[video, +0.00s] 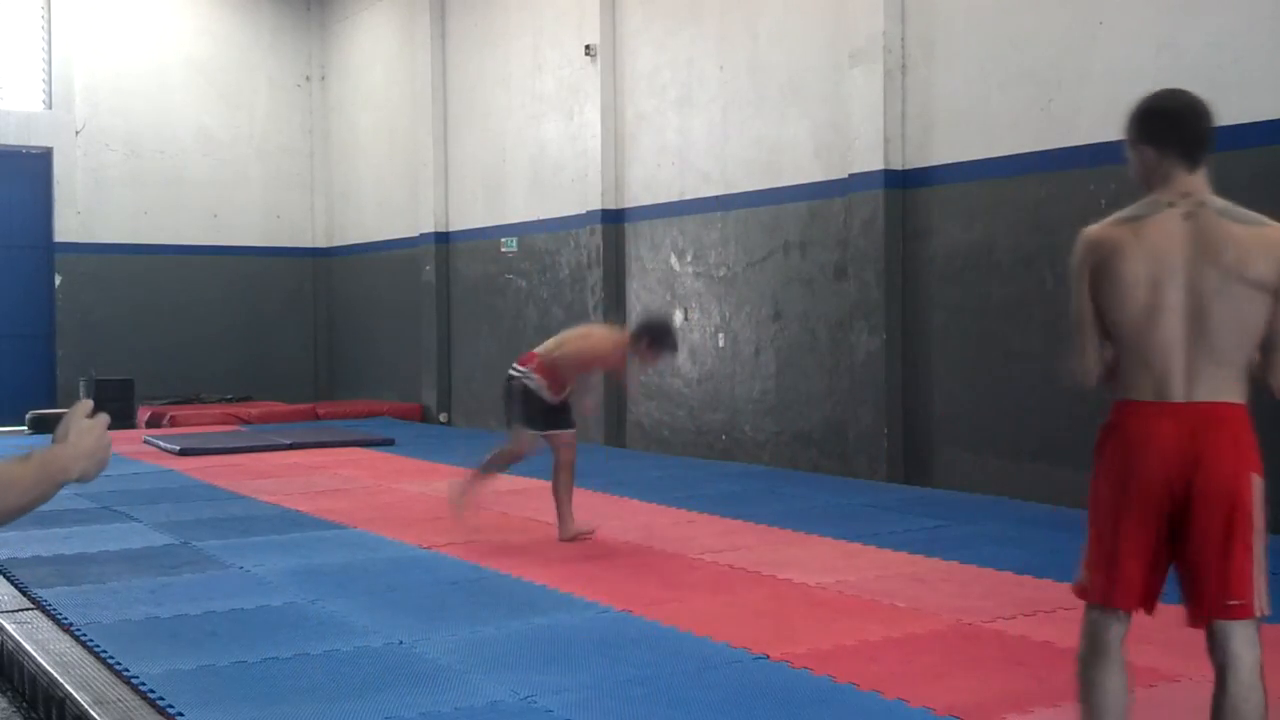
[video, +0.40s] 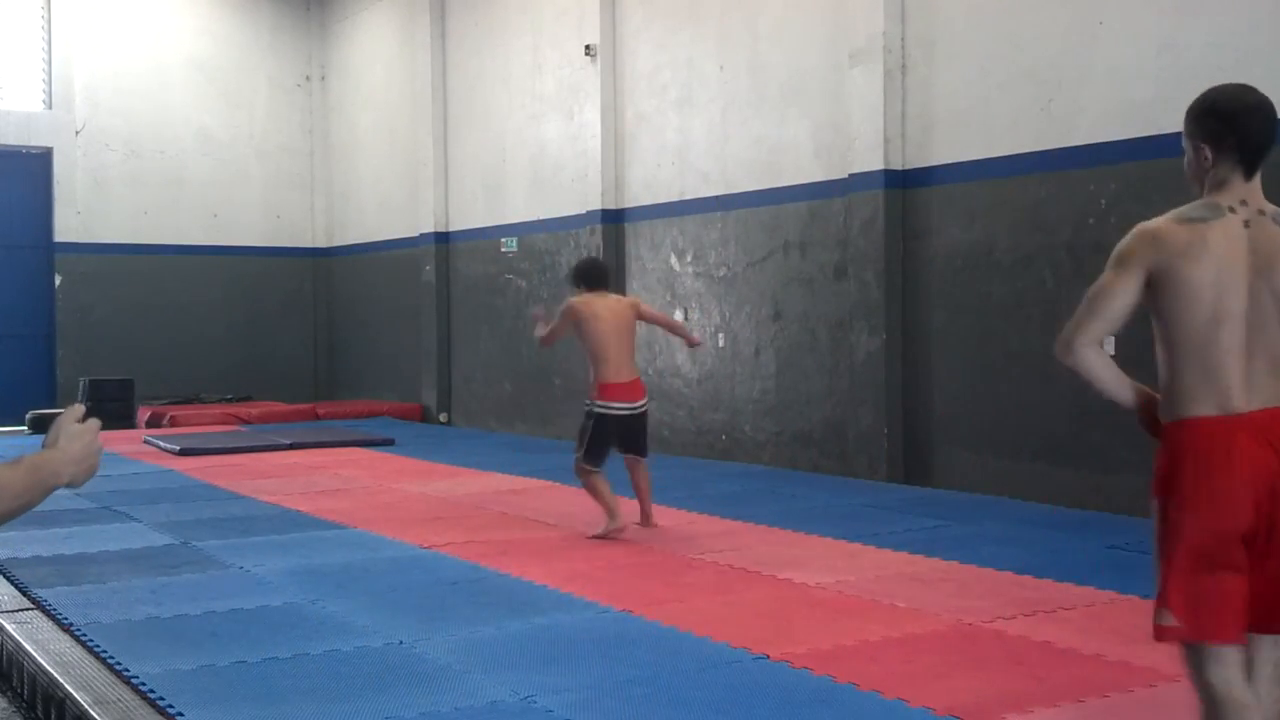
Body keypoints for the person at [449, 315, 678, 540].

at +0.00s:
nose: (654, 361)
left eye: (658, 356)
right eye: (656, 355)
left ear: (645, 343)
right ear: (646, 344)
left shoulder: (619, 347)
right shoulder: (607, 344)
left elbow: (581, 362)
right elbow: (556, 356)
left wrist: (585, 395)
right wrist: (575, 388)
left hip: (554, 392)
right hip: (525, 382)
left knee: (566, 451)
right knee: (521, 446)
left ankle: (566, 527)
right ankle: (466, 488)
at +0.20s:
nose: (640, 300)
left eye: (644, 295)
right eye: (642, 293)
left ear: (621, 281)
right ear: (632, 285)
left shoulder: (590, 286)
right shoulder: (618, 303)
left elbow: (580, 284)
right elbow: (606, 331)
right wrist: (633, 363)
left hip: (553, 380)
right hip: (588, 377)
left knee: (572, 456)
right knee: (621, 428)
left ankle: (581, 525)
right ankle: (654, 473)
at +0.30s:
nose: (628, 285)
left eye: (628, 281)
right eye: (629, 281)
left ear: (602, 272)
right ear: (624, 279)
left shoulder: (575, 290)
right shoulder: (622, 298)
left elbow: (556, 322)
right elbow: (647, 327)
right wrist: (671, 349)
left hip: (578, 390)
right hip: (616, 388)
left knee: (580, 461)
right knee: (639, 445)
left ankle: (603, 522)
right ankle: (665, 498)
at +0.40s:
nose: (575, 288)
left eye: (575, 284)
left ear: (579, 283)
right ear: (606, 280)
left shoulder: (575, 306)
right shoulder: (628, 304)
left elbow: (547, 340)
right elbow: (667, 322)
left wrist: (541, 325)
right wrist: (689, 337)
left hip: (605, 405)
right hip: (636, 402)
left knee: (585, 467)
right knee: (635, 458)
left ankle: (615, 518)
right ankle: (647, 516)